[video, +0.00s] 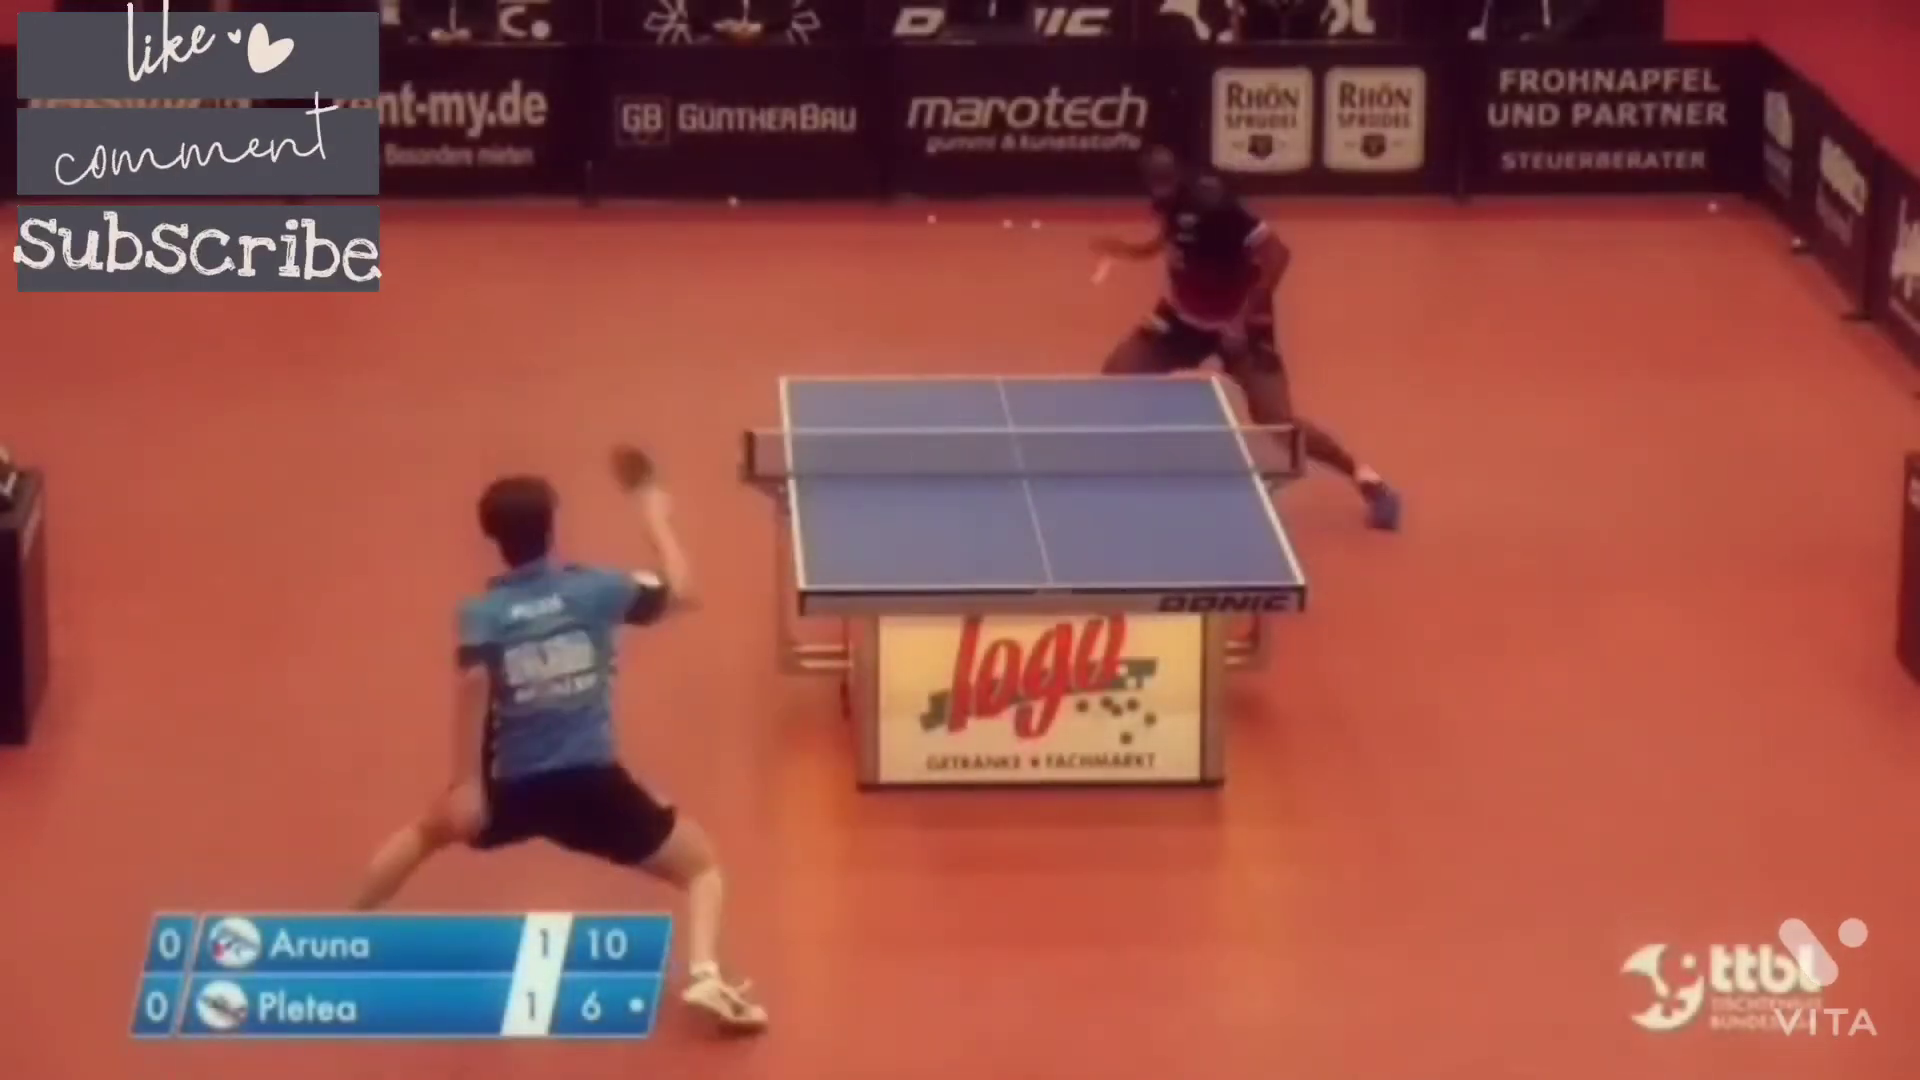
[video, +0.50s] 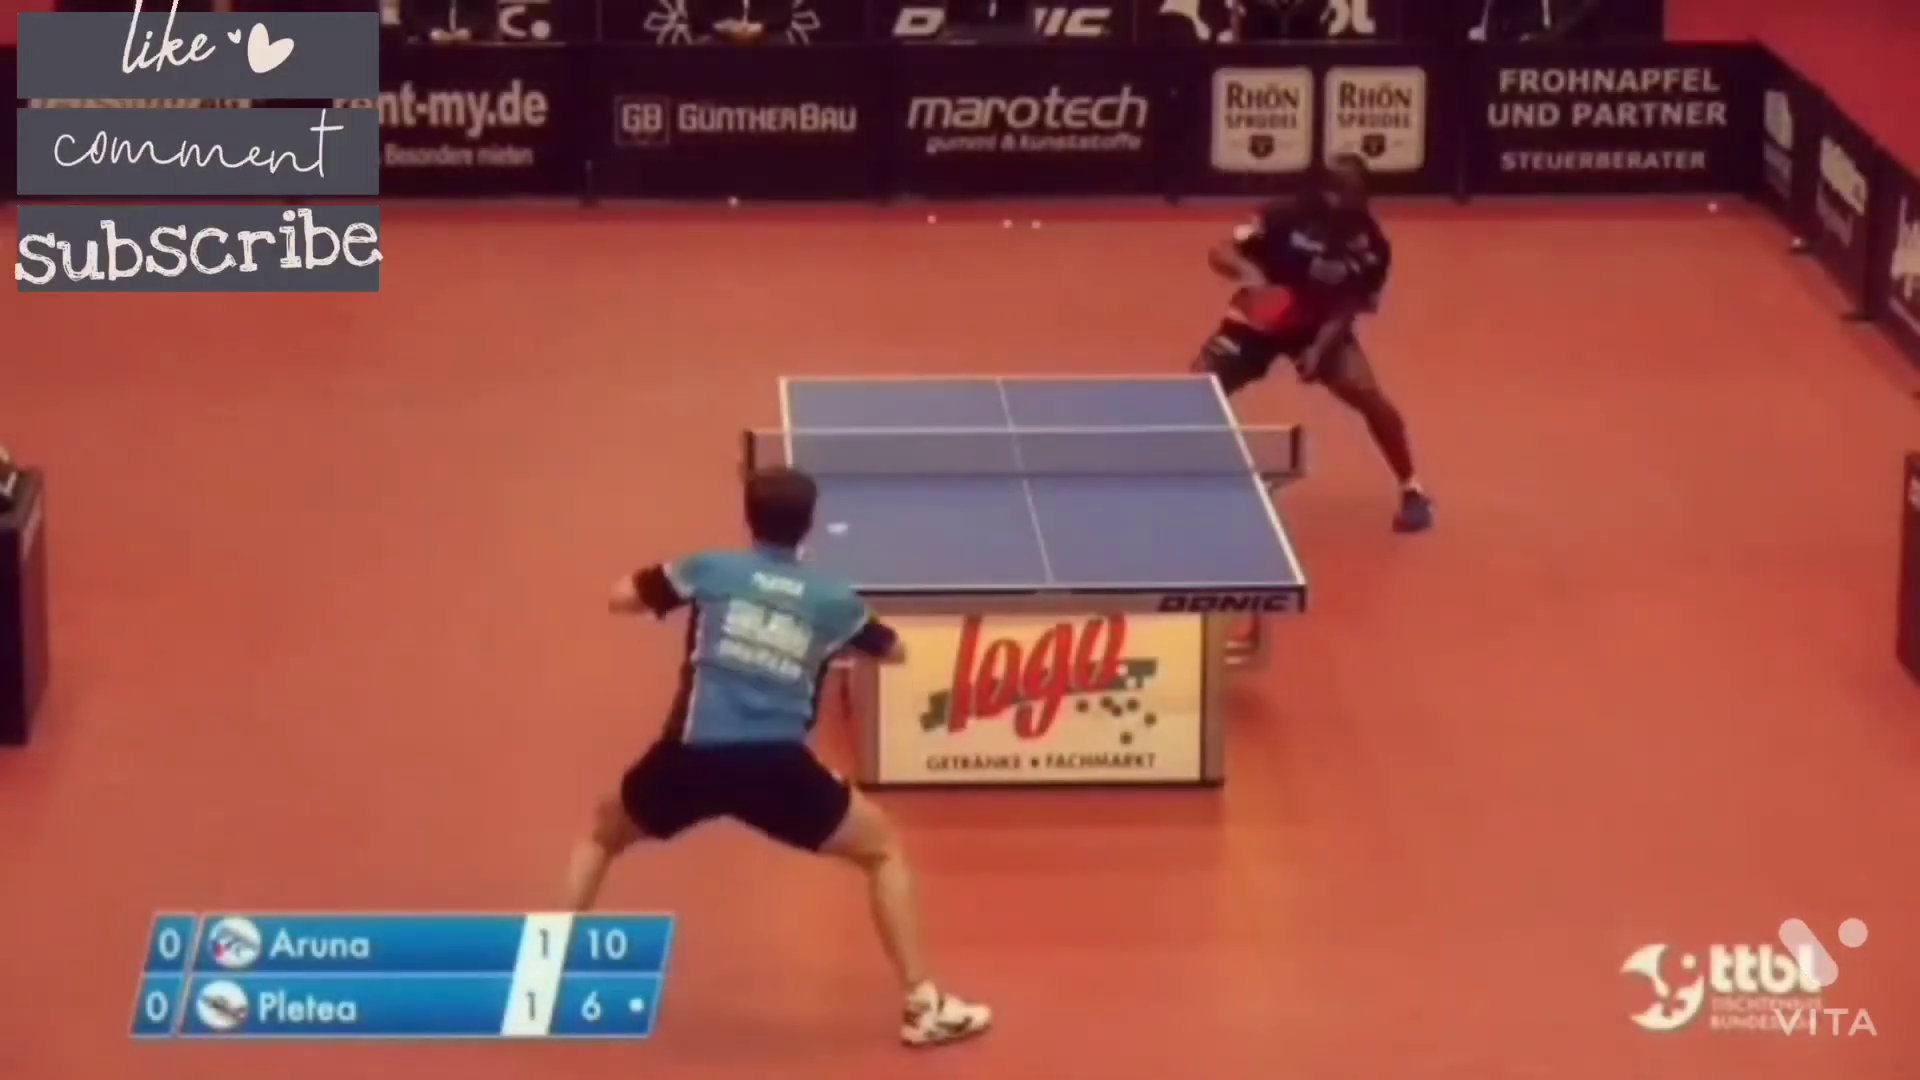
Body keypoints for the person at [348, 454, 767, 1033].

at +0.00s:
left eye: (498, 528)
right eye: (539, 518)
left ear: (494, 537)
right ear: (551, 525)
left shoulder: (481, 611)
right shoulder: (594, 588)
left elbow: (471, 698)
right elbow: (682, 592)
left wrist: (460, 784)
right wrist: (653, 509)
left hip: (515, 795)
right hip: (592, 788)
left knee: (426, 832)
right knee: (700, 869)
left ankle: (342, 928)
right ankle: (704, 975)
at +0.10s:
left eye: (607, 490)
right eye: (646, 489)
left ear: (592, 502)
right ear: (652, 501)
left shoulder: (561, 570)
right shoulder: (681, 578)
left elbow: (498, 631)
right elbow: (753, 647)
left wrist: (483, 702)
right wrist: (764, 584)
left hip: (558, 763)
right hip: (646, 763)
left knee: (466, 836)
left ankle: (372, 935)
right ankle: (790, 971)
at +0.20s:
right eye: (717, 496)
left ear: (661, 506)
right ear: (721, 508)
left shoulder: (625, 567)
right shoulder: (738, 592)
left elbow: (550, 610)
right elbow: (779, 672)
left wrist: (561, 665)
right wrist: (800, 659)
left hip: (594, 756)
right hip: (674, 766)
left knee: (527, 799)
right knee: (796, 862)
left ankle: (486, 927)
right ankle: (889, 992)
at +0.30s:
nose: (802, 545)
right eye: (802, 538)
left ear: (742, 541)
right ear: (799, 552)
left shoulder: (698, 598)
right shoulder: (800, 634)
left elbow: (653, 642)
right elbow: (839, 710)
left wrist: (714, 640)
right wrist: (854, 678)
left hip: (653, 785)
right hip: (734, 793)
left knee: (595, 843)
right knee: (860, 862)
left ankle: (542, 955)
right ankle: (918, 1002)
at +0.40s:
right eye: (808, 543)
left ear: (755, 546)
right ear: (813, 557)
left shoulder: (709, 603)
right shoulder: (822, 637)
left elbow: (666, 640)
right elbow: (877, 711)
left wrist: (726, 645)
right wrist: (820, 703)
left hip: (679, 799)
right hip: (764, 804)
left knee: (611, 842)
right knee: (889, 855)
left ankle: (553, 962)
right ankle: (923, 1004)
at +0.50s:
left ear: (749, 516)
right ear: (808, 524)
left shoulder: (709, 570)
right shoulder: (829, 598)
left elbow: (624, 597)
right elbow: (894, 650)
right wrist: (844, 634)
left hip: (693, 763)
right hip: (777, 770)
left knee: (604, 836)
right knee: (883, 852)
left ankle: (549, 962)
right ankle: (923, 1003)